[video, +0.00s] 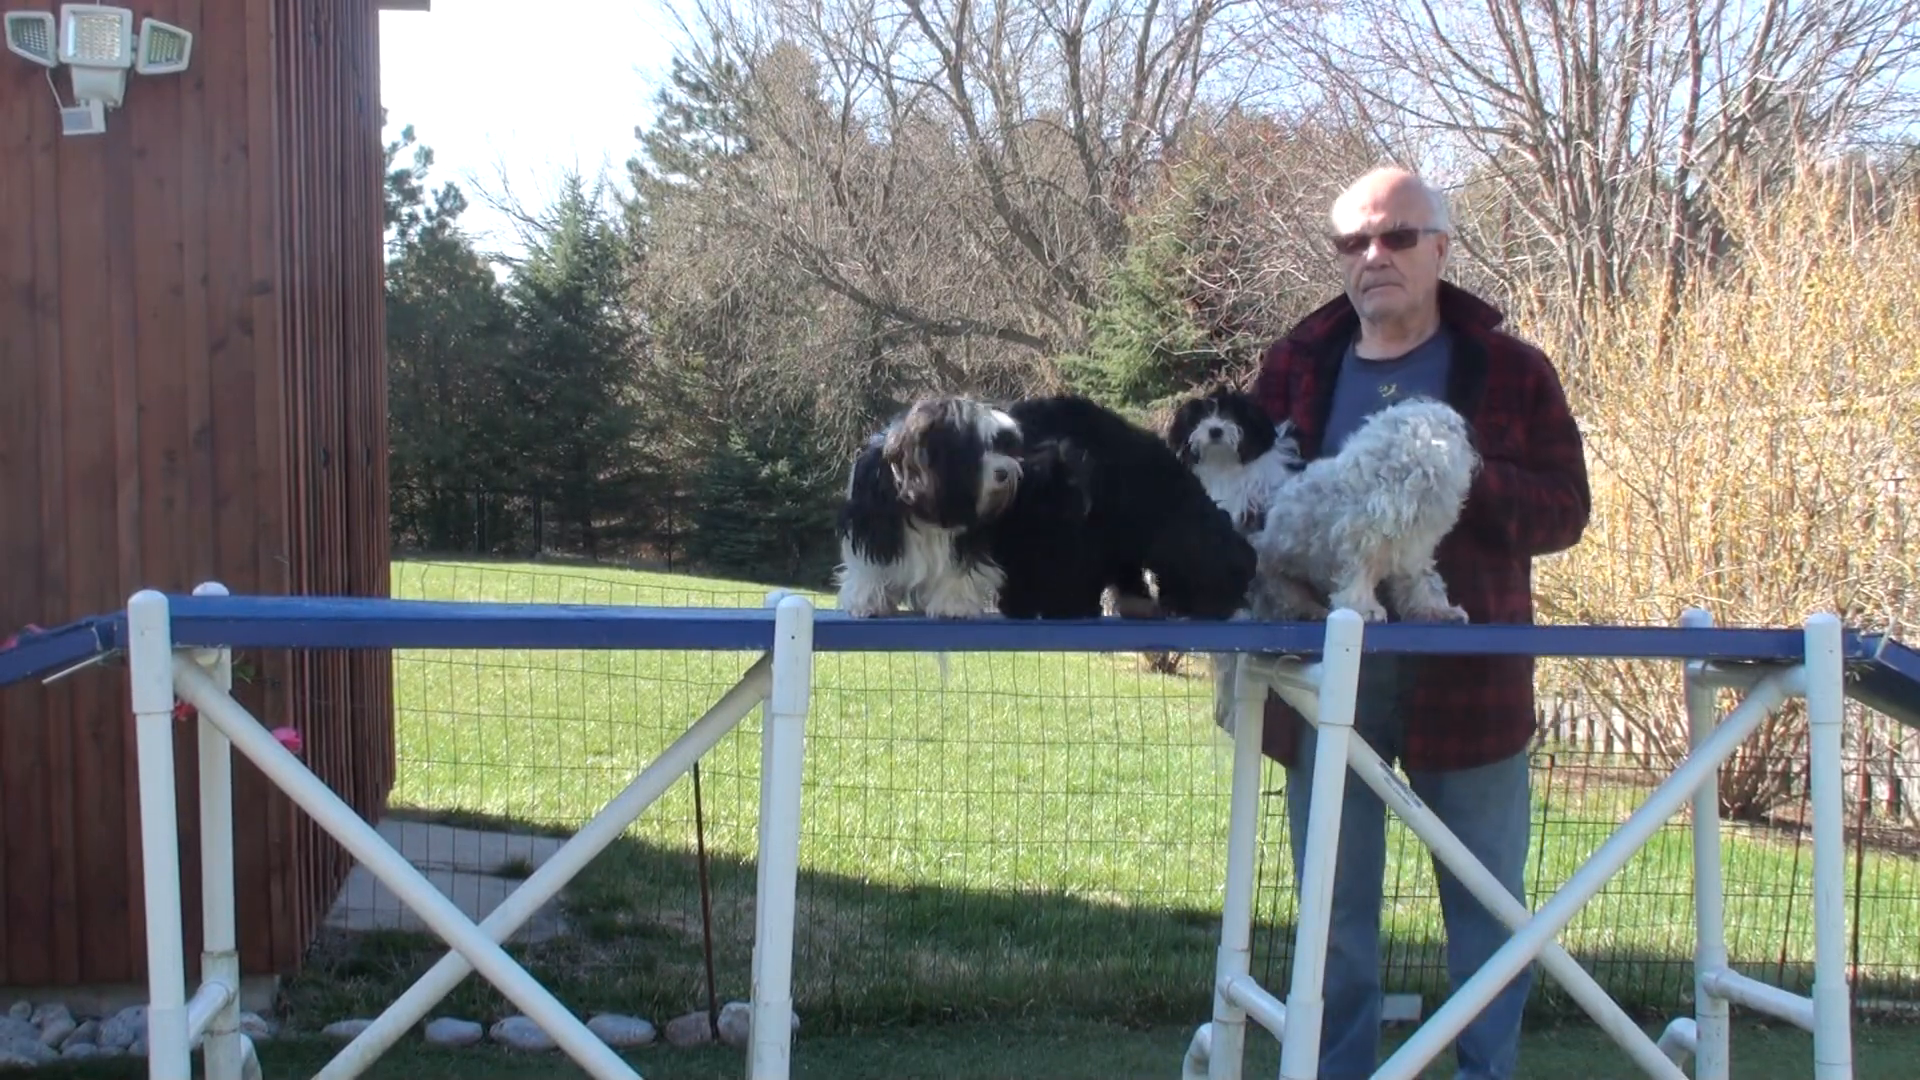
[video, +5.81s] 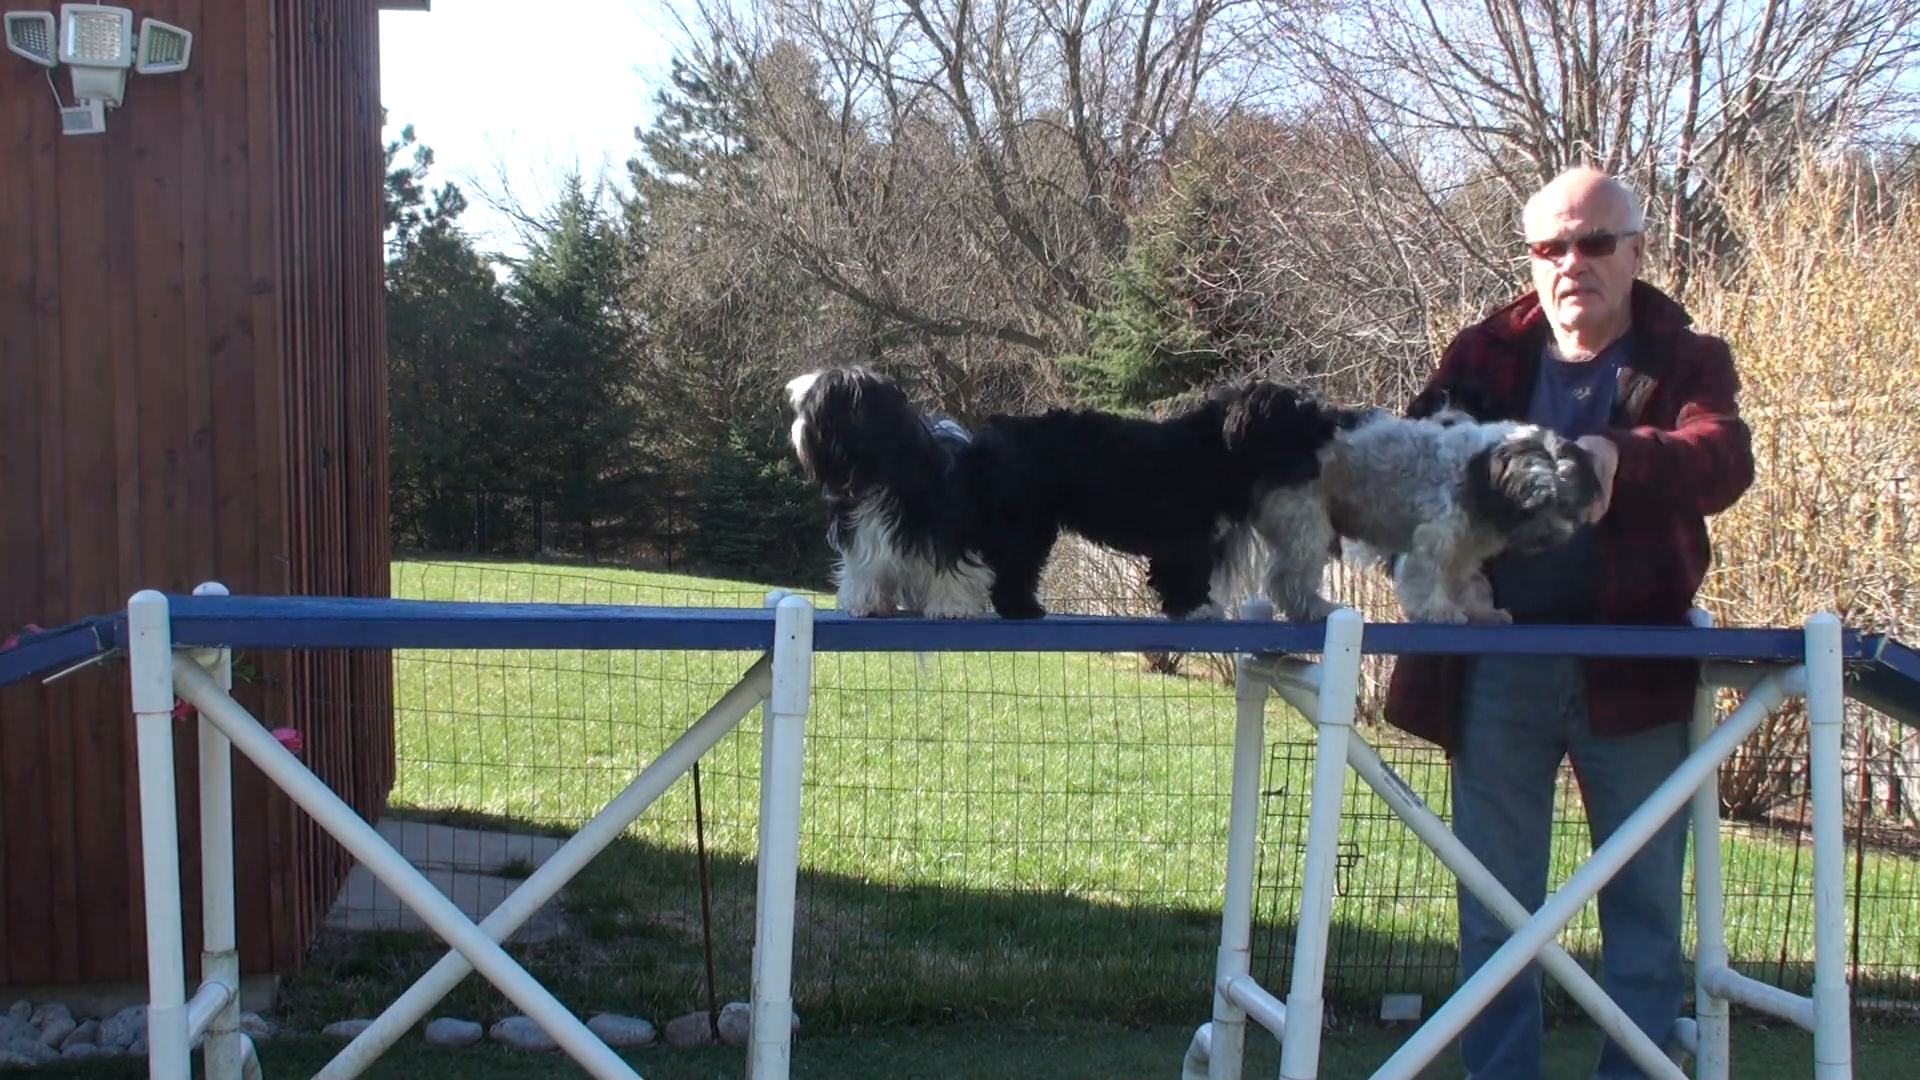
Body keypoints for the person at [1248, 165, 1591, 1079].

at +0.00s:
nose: (1375, 255)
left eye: (1398, 238)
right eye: (1357, 241)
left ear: (1442, 250)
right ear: (1338, 257)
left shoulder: (1513, 370)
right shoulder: (1292, 367)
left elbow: (1562, 509)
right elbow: (1239, 501)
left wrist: (1444, 480)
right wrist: (1312, 517)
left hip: (1469, 674)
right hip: (1325, 671)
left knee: (1487, 911)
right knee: (1334, 912)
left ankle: (1486, 1062)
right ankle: (1336, 1070)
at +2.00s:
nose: (1470, 279)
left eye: (1494, 258)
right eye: (1449, 260)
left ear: (1531, 254)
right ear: (1423, 259)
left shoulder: (1586, 371)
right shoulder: (1372, 358)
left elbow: (1641, 508)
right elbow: (1280, 470)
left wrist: (1545, 501)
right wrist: (1331, 528)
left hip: (1549, 671)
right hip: (1409, 666)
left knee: (1580, 912)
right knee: (1412, 912)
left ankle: (1589, 1070)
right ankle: (1418, 1073)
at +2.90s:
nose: (1583, 250)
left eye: (1607, 235)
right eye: (1563, 235)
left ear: (1641, 254)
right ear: (1535, 251)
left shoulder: (1685, 374)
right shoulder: (1475, 347)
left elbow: (1727, 514)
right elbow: (1386, 439)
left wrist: (1619, 466)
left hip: (1614, 659)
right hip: (1476, 652)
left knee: (1613, 900)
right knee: (1451, 894)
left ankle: (1596, 1069)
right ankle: (1426, 1068)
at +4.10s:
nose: (1542, 278)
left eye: (1565, 257)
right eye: (1520, 260)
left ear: (1605, 255)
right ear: (1492, 264)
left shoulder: (1637, 354)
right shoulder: (1449, 357)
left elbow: (1700, 393)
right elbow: (1375, 464)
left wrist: (1648, 320)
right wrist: (1368, 533)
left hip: (1621, 660)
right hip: (1482, 660)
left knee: (1634, 890)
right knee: (1492, 898)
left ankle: (1616, 1068)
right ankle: (1502, 1065)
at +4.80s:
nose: (1589, 261)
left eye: (1612, 242)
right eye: (1568, 244)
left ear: (1652, 252)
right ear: (1544, 257)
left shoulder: (1705, 361)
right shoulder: (1488, 351)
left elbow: (1769, 472)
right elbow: (1416, 470)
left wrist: (1627, 394)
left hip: (1640, 665)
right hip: (1501, 662)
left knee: (1645, 907)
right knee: (1494, 901)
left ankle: (1639, 1073)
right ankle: (1498, 1067)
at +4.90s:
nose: (1588, 260)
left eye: (1612, 241)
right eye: (1567, 243)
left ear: (1652, 252)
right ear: (1543, 257)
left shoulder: (1704, 361)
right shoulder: (1487, 352)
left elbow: (1771, 476)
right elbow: (1415, 471)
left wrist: (1635, 417)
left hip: (1638, 665)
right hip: (1499, 662)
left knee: (1644, 908)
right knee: (1492, 903)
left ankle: (1638, 1073)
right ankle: (1497, 1068)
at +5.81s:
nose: (1573, 263)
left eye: (1596, 243)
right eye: (1553, 246)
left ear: (1636, 251)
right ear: (1531, 260)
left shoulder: (1688, 355)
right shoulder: (1484, 350)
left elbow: (1724, 460)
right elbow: (1415, 454)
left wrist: (1620, 459)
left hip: (1634, 662)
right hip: (1497, 657)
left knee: (1644, 896)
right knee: (1493, 895)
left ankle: (1637, 1069)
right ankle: (1497, 1063)